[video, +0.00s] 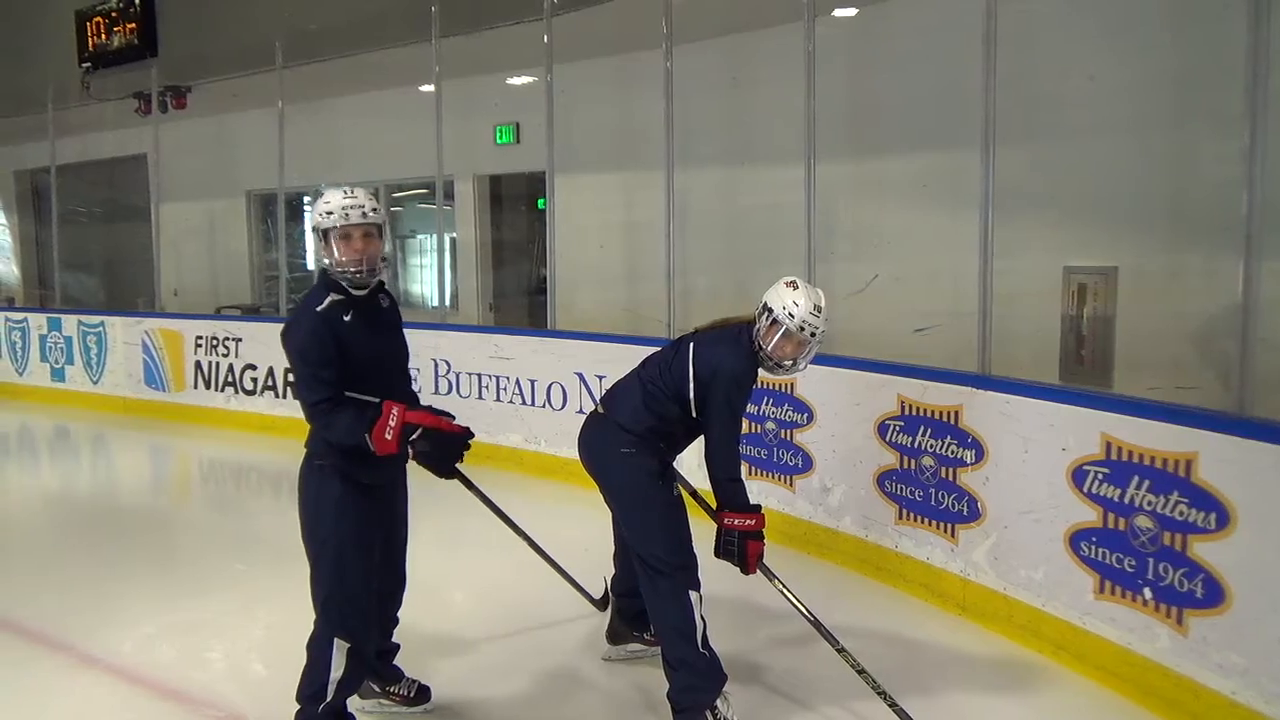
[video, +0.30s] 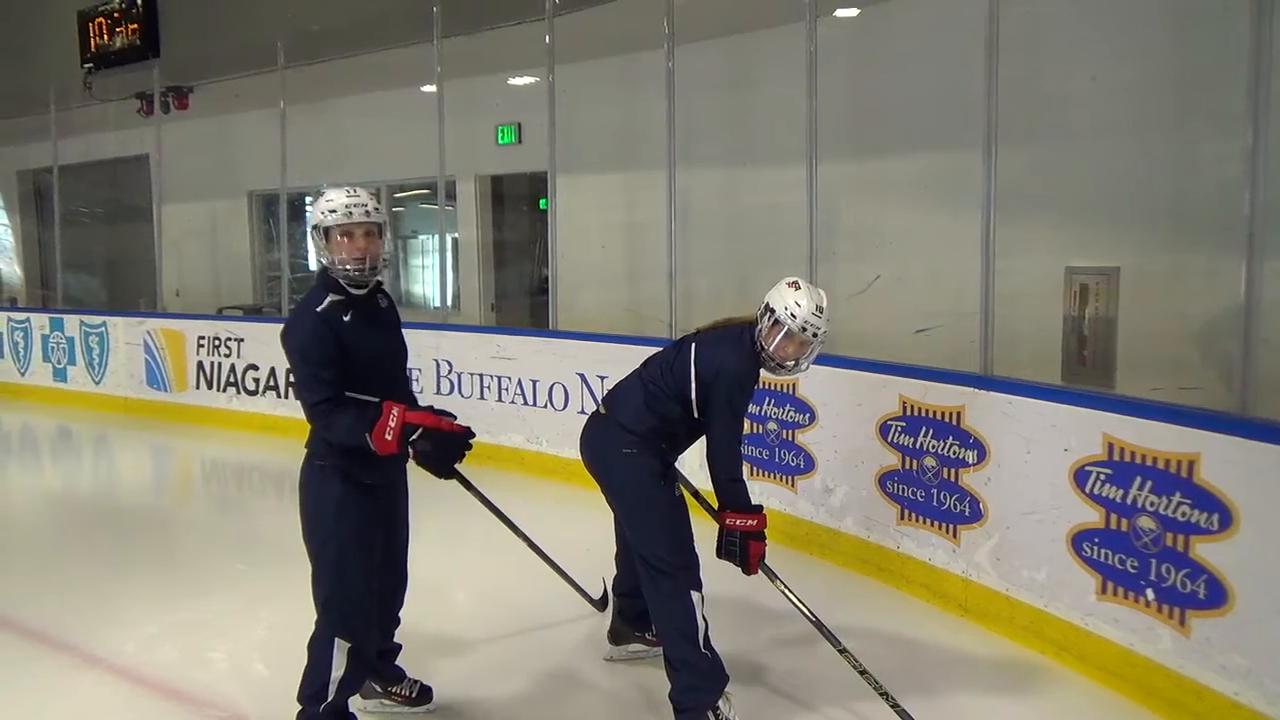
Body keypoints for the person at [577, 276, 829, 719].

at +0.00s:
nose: (783, 348)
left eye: (796, 342)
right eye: (780, 334)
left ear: (810, 346)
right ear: (763, 321)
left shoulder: (733, 340)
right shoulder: (733, 363)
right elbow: (722, 449)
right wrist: (740, 519)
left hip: (611, 435)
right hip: (628, 447)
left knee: (638, 535)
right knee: (673, 570)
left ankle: (628, 625)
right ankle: (696, 704)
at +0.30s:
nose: (786, 348)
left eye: (799, 342)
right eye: (783, 334)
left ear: (812, 346)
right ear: (766, 321)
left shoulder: (735, 341)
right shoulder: (735, 364)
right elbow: (724, 449)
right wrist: (741, 518)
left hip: (613, 435)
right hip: (629, 447)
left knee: (640, 535)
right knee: (674, 569)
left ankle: (631, 625)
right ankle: (698, 703)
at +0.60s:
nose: (787, 348)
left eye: (800, 342)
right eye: (783, 334)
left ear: (814, 347)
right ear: (767, 321)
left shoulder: (737, 340)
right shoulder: (737, 364)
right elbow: (725, 450)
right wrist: (743, 518)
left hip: (614, 435)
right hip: (631, 447)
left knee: (641, 535)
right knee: (676, 570)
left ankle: (632, 626)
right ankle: (700, 703)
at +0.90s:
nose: (788, 348)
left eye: (801, 343)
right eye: (784, 334)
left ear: (814, 347)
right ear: (768, 322)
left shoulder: (738, 342)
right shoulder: (738, 365)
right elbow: (726, 450)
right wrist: (744, 517)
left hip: (616, 435)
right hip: (632, 446)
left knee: (642, 534)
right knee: (677, 570)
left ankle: (633, 625)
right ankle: (701, 703)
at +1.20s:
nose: (790, 349)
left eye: (803, 343)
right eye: (786, 335)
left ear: (816, 347)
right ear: (770, 322)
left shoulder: (740, 341)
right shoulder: (739, 364)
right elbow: (727, 451)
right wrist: (745, 518)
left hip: (619, 435)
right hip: (631, 446)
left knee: (643, 535)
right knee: (677, 568)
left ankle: (634, 625)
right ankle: (702, 703)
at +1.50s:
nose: (790, 349)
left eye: (804, 343)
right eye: (786, 334)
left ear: (817, 347)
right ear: (770, 322)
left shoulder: (741, 341)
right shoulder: (740, 365)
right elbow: (728, 450)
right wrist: (746, 517)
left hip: (619, 435)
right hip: (634, 446)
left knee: (644, 534)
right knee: (678, 569)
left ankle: (635, 625)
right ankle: (703, 703)